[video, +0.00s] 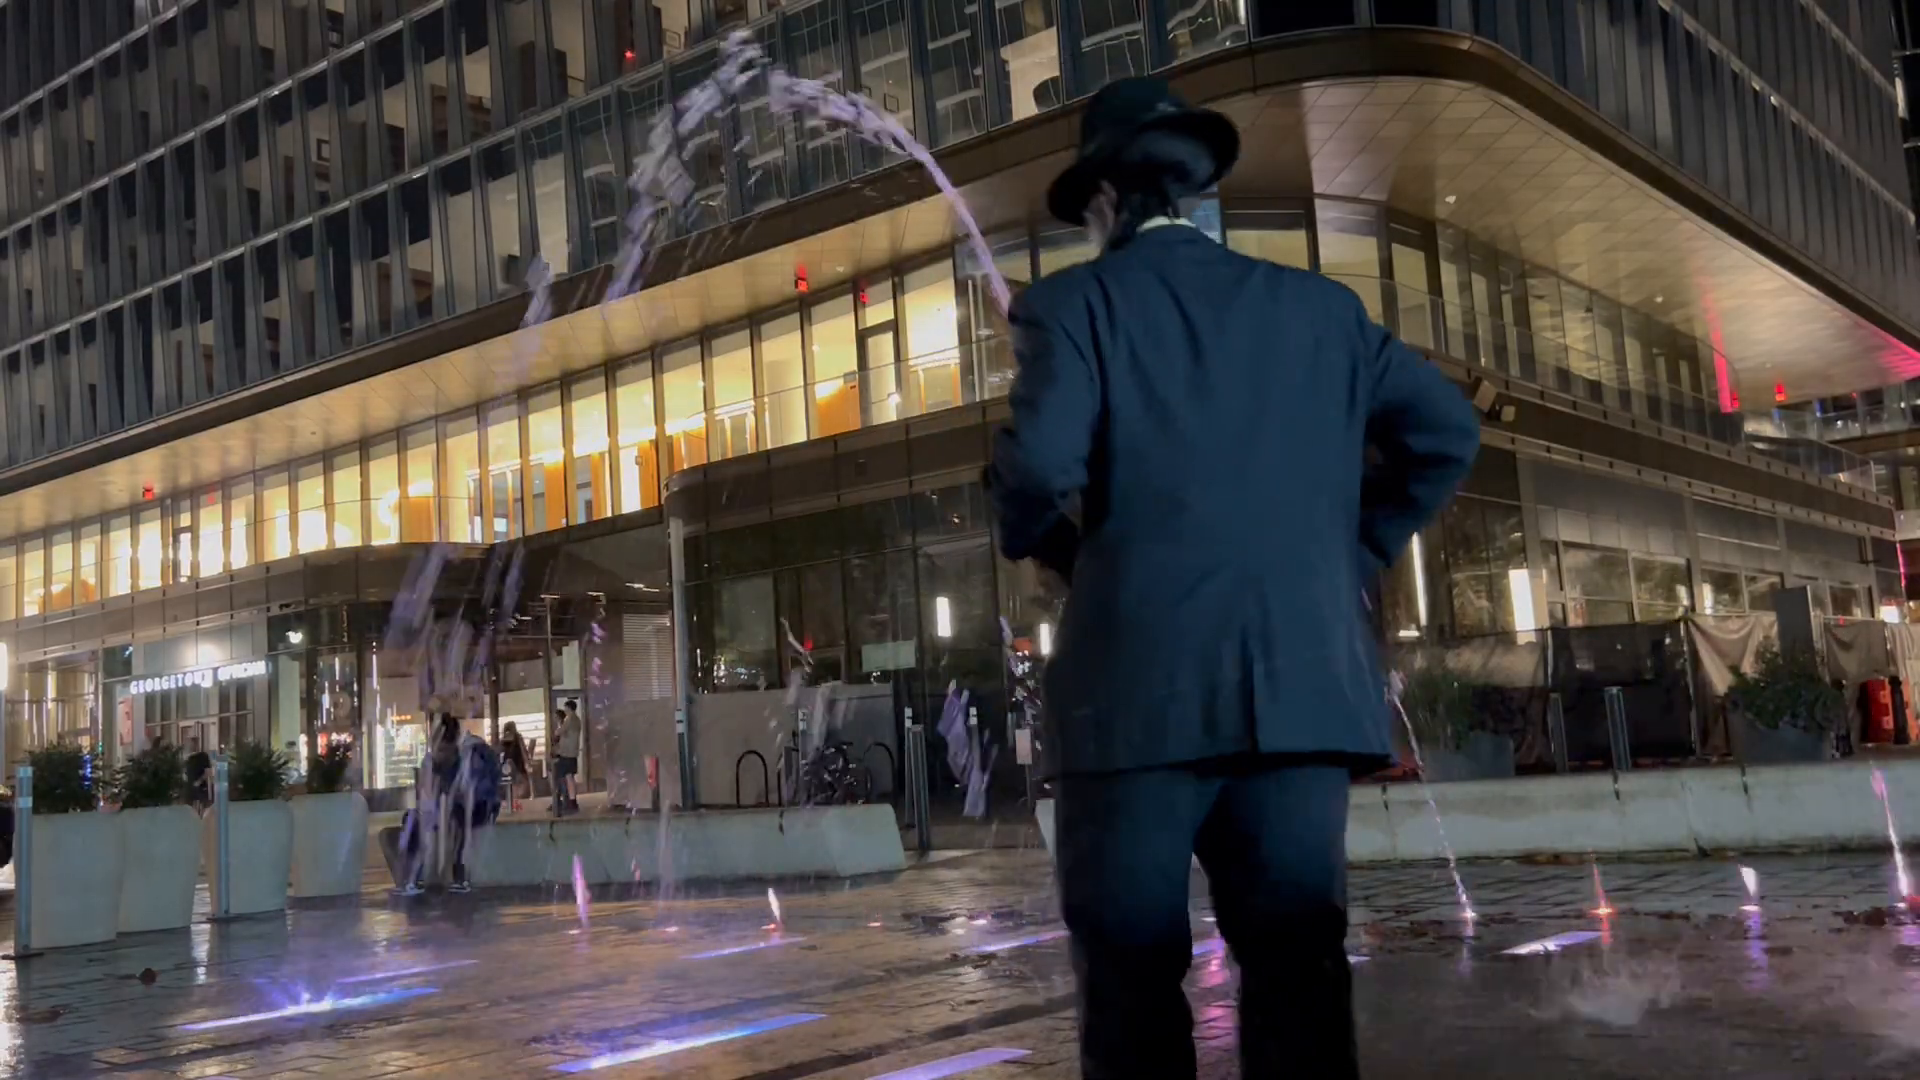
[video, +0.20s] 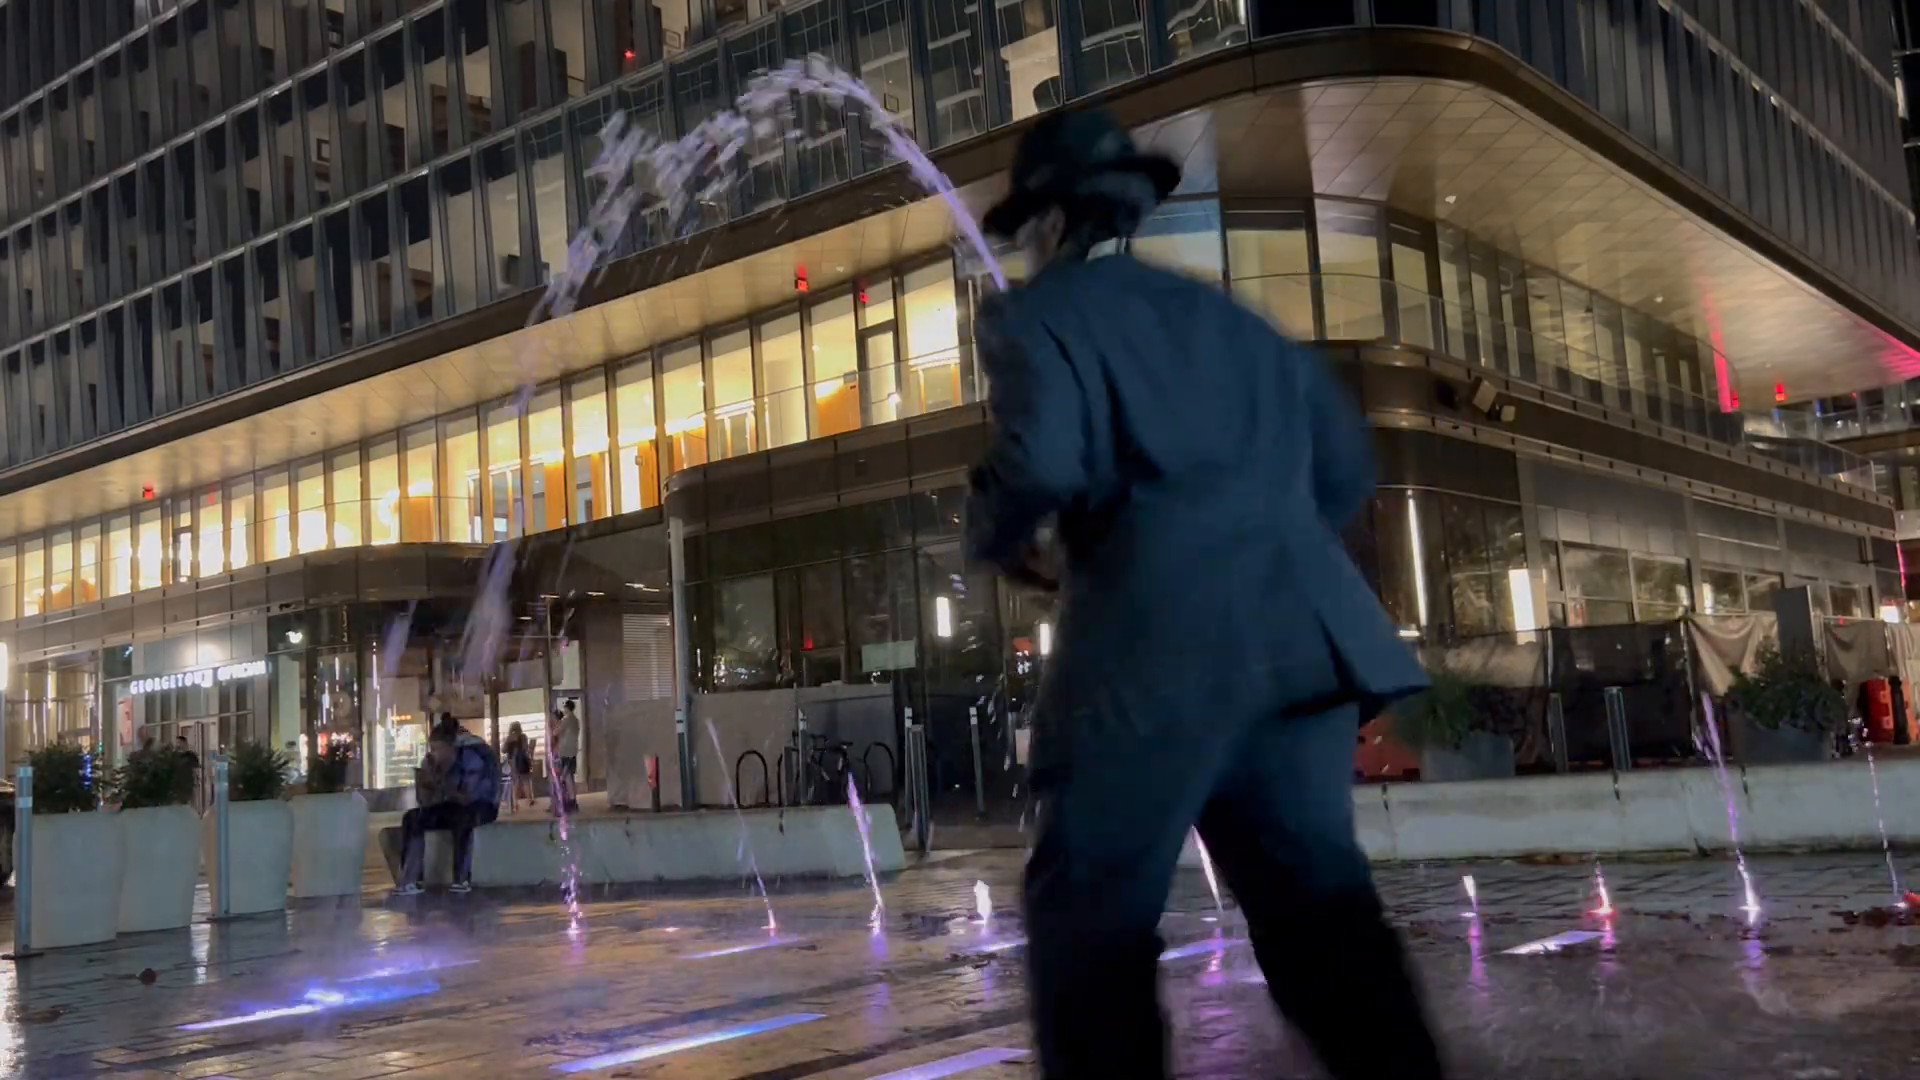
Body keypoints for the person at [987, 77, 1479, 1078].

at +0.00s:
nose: (1089, 227)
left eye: (1090, 206)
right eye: (1088, 208)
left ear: (1110, 200)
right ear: (1210, 200)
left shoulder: (1076, 300)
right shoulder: (1324, 307)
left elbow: (1039, 471)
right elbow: (1447, 429)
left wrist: (1042, 537)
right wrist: (1359, 546)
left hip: (1136, 693)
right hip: (1305, 689)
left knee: (1131, 998)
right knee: (1301, 986)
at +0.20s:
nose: (1024, 240)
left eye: (1026, 218)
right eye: (1026, 219)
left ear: (1050, 215)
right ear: (1133, 212)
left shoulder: (1039, 314)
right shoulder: (1241, 321)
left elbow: (1049, 463)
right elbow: (1345, 462)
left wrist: (999, 534)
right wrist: (1273, 557)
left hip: (1158, 656)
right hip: (1303, 644)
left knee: (1087, 918)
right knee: (1321, 915)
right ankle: (1406, 1078)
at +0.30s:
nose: (991, 267)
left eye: (994, 244)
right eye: (991, 246)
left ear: (1021, 239)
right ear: (1093, 240)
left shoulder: (1033, 331)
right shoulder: (1159, 349)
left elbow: (1092, 487)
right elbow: (1231, 518)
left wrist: (995, 588)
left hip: (1144, 705)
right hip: (1255, 688)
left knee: (1054, 979)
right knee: (1296, 956)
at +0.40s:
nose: (957, 234)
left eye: (959, 210)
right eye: (956, 212)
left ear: (992, 206)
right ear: (1049, 204)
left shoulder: (1022, 292)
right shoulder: (1091, 298)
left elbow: (1090, 451)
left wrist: (985, 576)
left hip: (1095, 694)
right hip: (1149, 681)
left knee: (1017, 949)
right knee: (1143, 936)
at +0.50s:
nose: (952, 218)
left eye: (954, 194)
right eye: (951, 197)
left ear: (986, 188)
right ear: (1048, 186)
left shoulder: (1008, 277)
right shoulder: (1100, 288)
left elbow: (1035, 469)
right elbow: (1135, 488)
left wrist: (941, 573)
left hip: (1063, 663)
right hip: (1123, 650)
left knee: (994, 939)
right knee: (1018, 931)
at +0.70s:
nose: (915, 245)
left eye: (917, 222)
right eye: (914, 225)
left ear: (953, 212)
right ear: (1020, 211)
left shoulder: (953, 315)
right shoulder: (1101, 327)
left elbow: (927, 518)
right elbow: (1186, 511)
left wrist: (854, 538)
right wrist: (1121, 614)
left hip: (1017, 669)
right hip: (1110, 661)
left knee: (959, 929)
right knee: (846, 672)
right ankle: (656, 811)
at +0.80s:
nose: (912, 232)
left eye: (913, 209)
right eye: (911, 212)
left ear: (942, 200)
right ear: (1019, 203)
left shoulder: (952, 301)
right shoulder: (1097, 327)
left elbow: (897, 500)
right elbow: (1189, 512)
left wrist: (848, 461)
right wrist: (1157, 652)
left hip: (1004, 661)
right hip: (1099, 657)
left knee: (946, 924)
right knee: (796, 690)